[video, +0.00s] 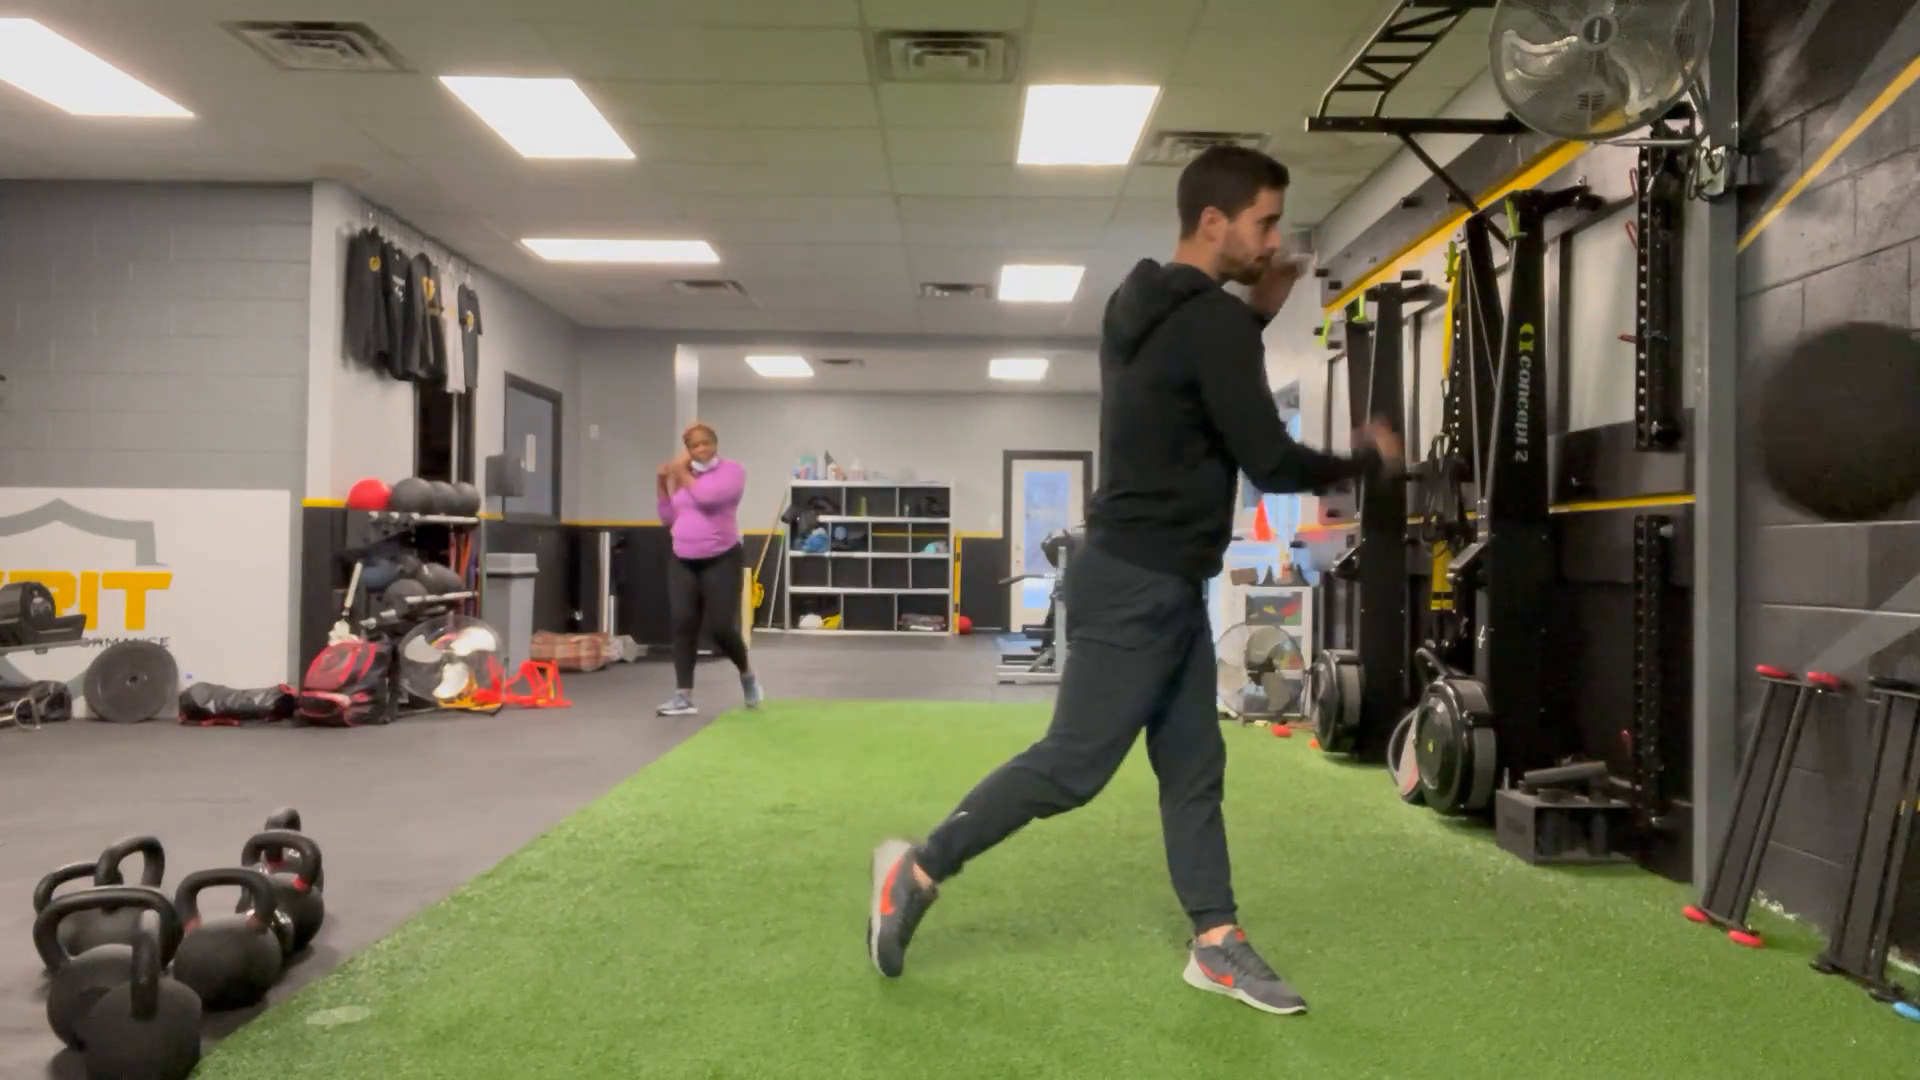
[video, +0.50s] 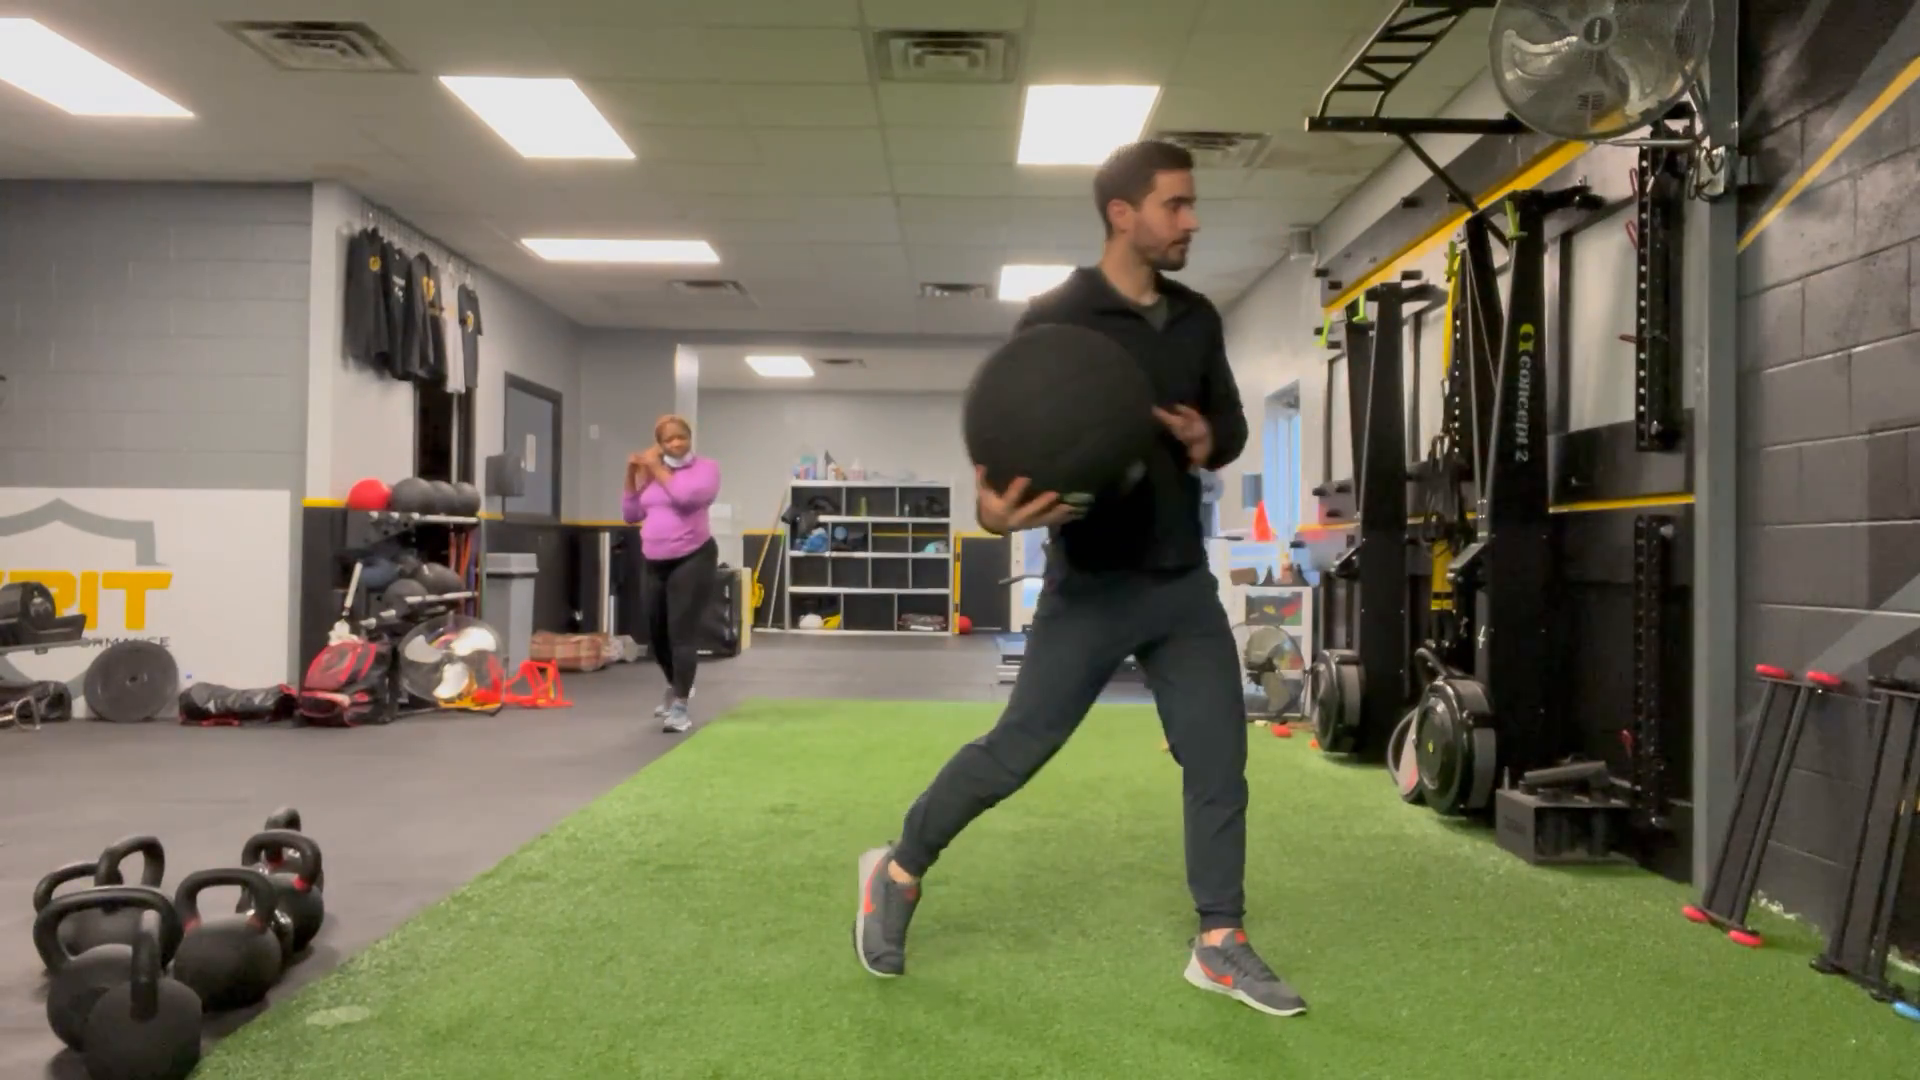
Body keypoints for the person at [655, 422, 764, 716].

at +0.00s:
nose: (702, 449)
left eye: (706, 443)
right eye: (695, 445)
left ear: (716, 445)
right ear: (687, 450)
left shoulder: (732, 471)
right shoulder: (682, 475)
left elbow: (707, 498)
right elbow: (667, 518)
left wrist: (683, 473)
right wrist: (663, 484)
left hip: (722, 557)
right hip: (684, 559)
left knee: (720, 626)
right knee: (683, 623)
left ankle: (747, 676)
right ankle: (683, 694)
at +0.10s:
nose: (694, 445)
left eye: (699, 439)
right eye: (687, 441)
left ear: (708, 441)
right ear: (679, 447)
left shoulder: (723, 468)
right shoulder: (673, 472)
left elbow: (703, 496)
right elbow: (654, 513)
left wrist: (675, 472)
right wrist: (655, 480)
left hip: (713, 554)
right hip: (675, 556)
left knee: (707, 621)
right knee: (680, 624)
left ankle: (725, 674)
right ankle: (683, 694)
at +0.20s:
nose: (687, 444)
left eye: (692, 438)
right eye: (681, 440)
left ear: (702, 440)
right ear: (672, 445)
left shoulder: (717, 467)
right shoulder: (664, 470)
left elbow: (698, 498)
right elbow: (644, 510)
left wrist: (670, 471)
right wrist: (647, 479)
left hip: (706, 553)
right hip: (670, 557)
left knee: (696, 617)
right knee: (676, 623)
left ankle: (706, 686)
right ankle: (682, 694)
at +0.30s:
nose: (683, 445)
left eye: (688, 439)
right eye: (676, 441)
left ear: (697, 440)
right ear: (666, 445)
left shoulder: (712, 468)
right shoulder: (658, 471)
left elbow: (695, 500)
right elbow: (638, 512)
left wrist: (664, 471)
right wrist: (640, 478)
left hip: (701, 555)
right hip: (664, 559)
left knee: (690, 620)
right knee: (671, 624)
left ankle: (691, 694)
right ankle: (680, 692)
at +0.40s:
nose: (679, 445)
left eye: (684, 439)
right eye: (672, 441)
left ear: (693, 441)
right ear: (663, 445)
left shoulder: (708, 469)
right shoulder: (654, 471)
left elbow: (689, 500)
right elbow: (633, 513)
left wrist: (659, 470)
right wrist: (635, 478)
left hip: (696, 557)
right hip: (658, 560)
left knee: (685, 624)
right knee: (666, 628)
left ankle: (685, 699)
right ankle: (679, 692)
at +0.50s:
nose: (676, 443)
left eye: (681, 437)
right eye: (669, 439)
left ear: (691, 439)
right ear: (660, 444)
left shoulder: (706, 468)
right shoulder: (651, 471)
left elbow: (685, 498)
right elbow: (632, 516)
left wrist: (655, 468)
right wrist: (631, 478)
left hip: (692, 557)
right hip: (655, 561)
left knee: (681, 627)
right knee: (657, 628)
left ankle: (680, 702)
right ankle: (675, 685)